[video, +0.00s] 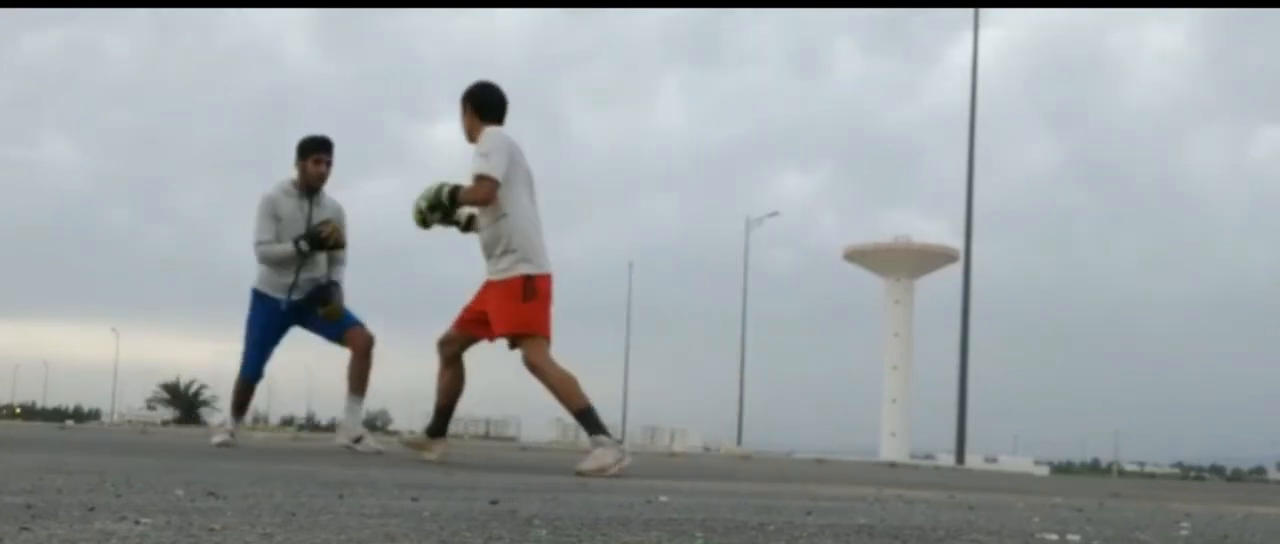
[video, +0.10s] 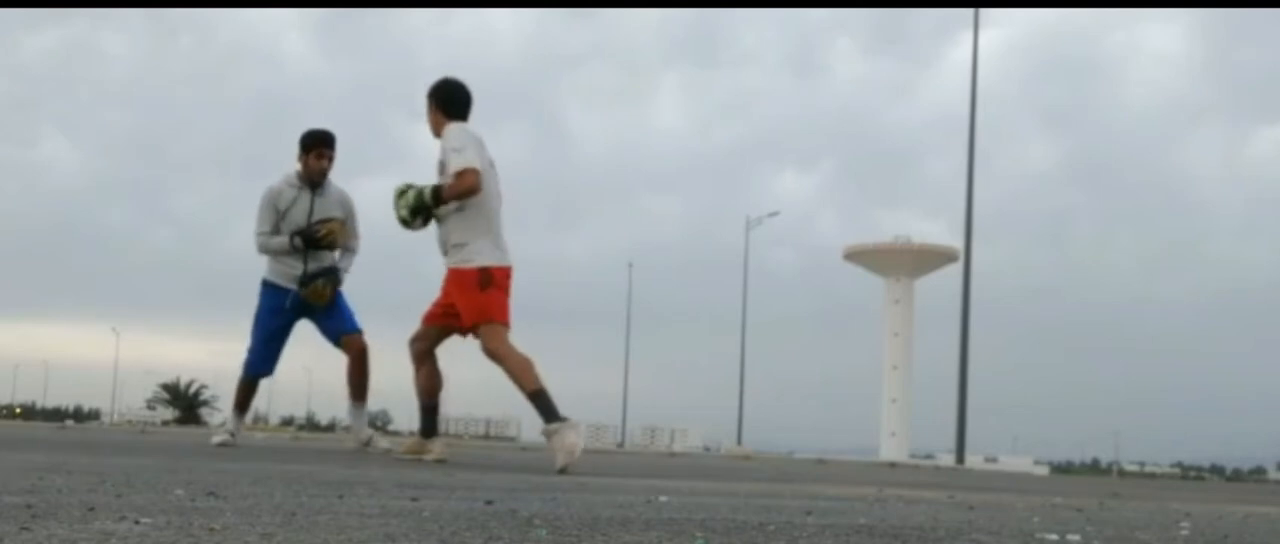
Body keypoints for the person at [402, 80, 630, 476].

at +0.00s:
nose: (461, 122)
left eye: (462, 114)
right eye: (463, 114)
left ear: (471, 112)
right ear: (495, 113)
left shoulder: (496, 140)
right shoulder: (498, 150)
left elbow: (485, 192)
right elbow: (497, 217)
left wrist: (447, 195)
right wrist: (456, 217)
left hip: (523, 274)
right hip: (501, 277)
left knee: (536, 358)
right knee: (449, 346)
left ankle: (604, 443)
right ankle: (434, 438)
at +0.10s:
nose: (427, 117)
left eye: (428, 109)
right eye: (427, 109)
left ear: (435, 109)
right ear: (462, 109)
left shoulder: (457, 136)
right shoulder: (467, 142)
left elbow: (469, 183)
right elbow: (469, 195)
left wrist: (428, 197)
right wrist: (430, 205)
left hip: (481, 266)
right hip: (467, 269)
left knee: (495, 343)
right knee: (420, 344)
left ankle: (558, 426)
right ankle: (427, 438)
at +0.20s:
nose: (407, 108)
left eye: (407, 100)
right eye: (408, 100)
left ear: (413, 99)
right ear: (439, 99)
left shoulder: (435, 123)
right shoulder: (435, 133)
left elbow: (458, 170)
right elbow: (450, 179)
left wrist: (417, 190)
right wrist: (410, 197)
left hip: (461, 246)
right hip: (443, 248)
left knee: (439, 332)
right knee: (411, 337)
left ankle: (503, 420)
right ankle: (425, 427)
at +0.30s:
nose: (386, 108)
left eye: (387, 102)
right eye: (388, 102)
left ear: (392, 101)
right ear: (422, 101)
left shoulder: (411, 127)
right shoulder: (423, 130)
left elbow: (443, 172)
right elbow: (437, 184)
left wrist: (403, 197)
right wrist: (392, 201)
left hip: (441, 247)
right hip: (439, 247)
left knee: (402, 328)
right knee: (397, 329)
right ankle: (416, 422)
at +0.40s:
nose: (372, 128)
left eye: (372, 122)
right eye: (374, 122)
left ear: (375, 122)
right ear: (408, 122)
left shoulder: (394, 152)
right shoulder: (418, 154)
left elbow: (423, 199)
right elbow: (431, 205)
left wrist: (385, 228)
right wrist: (385, 223)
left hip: (418, 271)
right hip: (437, 272)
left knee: (364, 340)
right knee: (386, 346)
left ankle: (380, 431)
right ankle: (407, 429)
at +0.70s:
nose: (354, 117)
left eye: (354, 111)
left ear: (357, 111)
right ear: (391, 113)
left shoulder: (357, 137)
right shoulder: (411, 151)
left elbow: (365, 188)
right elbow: (422, 215)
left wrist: (341, 221)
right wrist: (377, 221)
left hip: (373, 257)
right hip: (409, 262)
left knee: (323, 334)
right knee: (382, 343)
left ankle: (327, 425)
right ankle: (390, 426)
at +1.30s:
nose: (413, 121)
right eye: (413, 116)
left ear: (375, 115)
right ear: (410, 117)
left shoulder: (345, 149)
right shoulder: (419, 154)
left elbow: (314, 196)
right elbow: (425, 211)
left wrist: (335, 231)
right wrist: (424, 252)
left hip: (344, 262)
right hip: (392, 266)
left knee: (319, 351)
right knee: (427, 340)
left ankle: (286, 424)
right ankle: (403, 421)